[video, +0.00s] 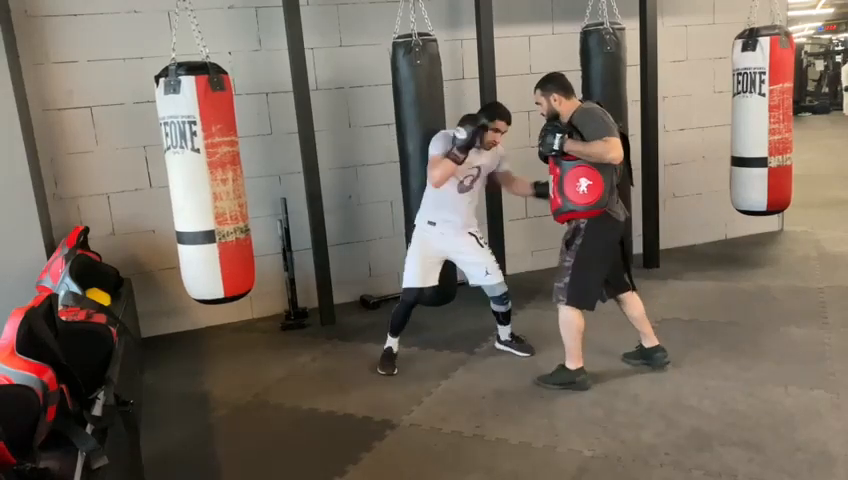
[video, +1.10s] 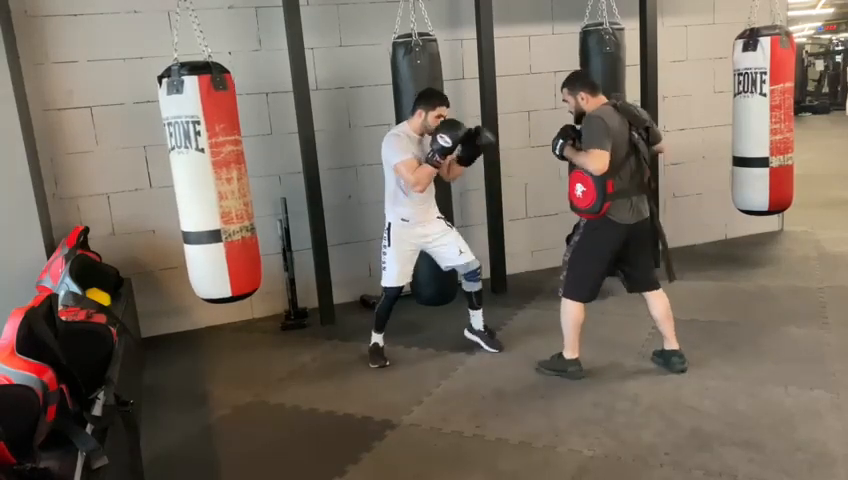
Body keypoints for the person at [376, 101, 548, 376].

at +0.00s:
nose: (500, 139)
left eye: (503, 134)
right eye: (496, 132)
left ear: (501, 132)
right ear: (481, 126)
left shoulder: (495, 154)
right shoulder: (445, 139)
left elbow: (509, 181)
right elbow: (435, 179)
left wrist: (541, 190)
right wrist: (462, 148)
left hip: (465, 232)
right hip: (429, 230)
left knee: (498, 288)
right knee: (411, 293)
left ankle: (505, 338)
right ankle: (390, 348)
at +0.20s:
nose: (488, 136)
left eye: (491, 131)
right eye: (485, 129)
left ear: (492, 130)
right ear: (468, 122)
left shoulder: (482, 152)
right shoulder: (435, 140)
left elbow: (487, 188)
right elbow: (432, 186)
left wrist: (513, 193)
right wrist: (460, 158)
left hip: (462, 231)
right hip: (426, 230)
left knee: (498, 279)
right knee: (405, 291)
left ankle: (505, 336)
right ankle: (381, 340)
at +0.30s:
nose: (477, 133)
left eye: (478, 127)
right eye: (472, 125)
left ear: (475, 127)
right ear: (453, 120)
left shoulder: (468, 147)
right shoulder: (421, 144)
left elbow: (469, 185)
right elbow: (428, 192)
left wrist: (494, 178)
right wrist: (455, 160)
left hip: (453, 229)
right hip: (419, 231)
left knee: (492, 277)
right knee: (407, 294)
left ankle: (505, 336)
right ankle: (380, 341)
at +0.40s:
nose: (457, 129)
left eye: (459, 123)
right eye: (453, 122)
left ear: (453, 123)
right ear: (436, 119)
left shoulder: (446, 147)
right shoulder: (405, 147)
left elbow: (456, 181)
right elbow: (419, 194)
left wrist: (475, 165)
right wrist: (442, 166)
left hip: (441, 228)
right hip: (408, 231)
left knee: (476, 275)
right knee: (398, 293)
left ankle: (502, 334)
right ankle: (378, 342)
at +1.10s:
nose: (441, 123)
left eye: (444, 119)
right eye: (439, 118)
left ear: (433, 116)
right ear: (421, 113)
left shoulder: (432, 137)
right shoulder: (395, 140)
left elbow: (450, 174)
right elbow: (417, 184)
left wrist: (469, 152)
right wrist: (441, 152)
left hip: (433, 222)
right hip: (402, 226)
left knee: (471, 268)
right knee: (393, 288)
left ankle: (477, 327)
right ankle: (376, 341)